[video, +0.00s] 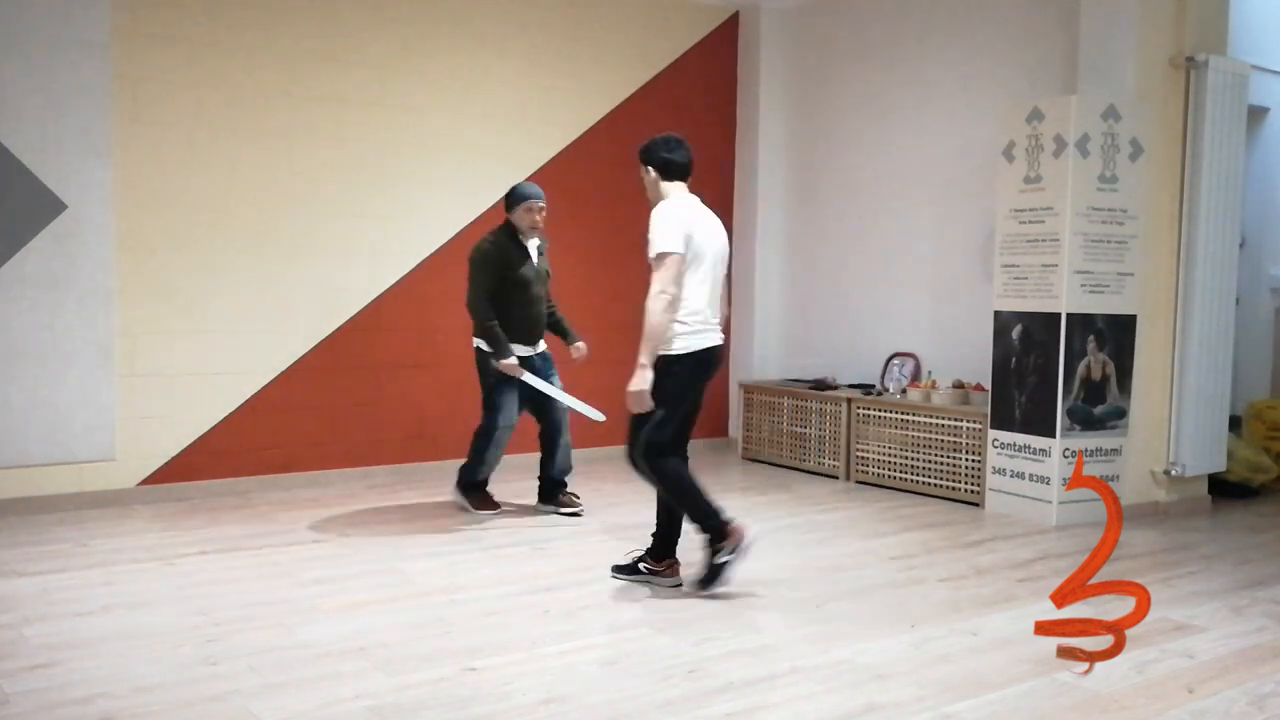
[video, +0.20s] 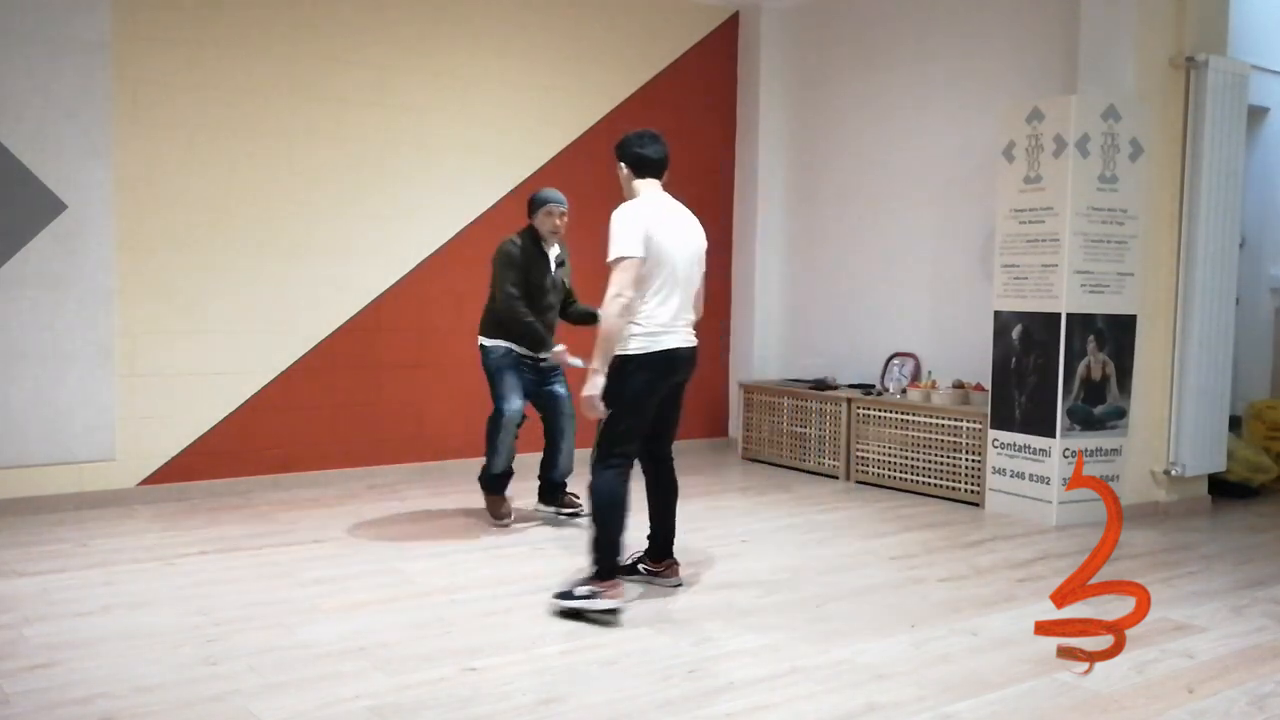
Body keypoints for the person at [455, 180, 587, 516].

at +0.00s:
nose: (539, 217)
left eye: (542, 210)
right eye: (531, 210)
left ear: (545, 213)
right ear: (512, 213)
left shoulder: (538, 248)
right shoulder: (489, 250)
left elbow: (542, 303)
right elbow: (477, 304)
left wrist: (569, 336)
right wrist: (502, 352)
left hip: (536, 352)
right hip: (499, 353)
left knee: (556, 416)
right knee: (501, 421)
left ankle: (553, 489)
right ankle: (472, 483)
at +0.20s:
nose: (558, 221)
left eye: (562, 215)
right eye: (550, 214)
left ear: (567, 219)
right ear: (533, 218)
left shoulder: (559, 256)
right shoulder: (512, 250)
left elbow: (568, 308)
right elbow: (508, 304)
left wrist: (604, 317)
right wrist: (547, 346)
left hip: (540, 352)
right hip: (504, 346)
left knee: (562, 410)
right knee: (511, 410)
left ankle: (553, 490)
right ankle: (494, 486)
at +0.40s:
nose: (558, 228)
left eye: (563, 222)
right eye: (551, 221)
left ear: (568, 225)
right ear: (535, 224)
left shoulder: (567, 262)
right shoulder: (518, 256)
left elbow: (580, 306)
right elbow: (552, 291)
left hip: (544, 363)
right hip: (504, 357)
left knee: (565, 422)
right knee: (498, 429)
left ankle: (551, 495)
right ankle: (485, 510)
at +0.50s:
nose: (546, 229)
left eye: (551, 223)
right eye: (539, 223)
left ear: (558, 227)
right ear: (523, 226)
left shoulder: (560, 263)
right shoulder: (508, 260)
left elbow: (574, 309)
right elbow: (531, 283)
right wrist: (568, 280)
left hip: (547, 364)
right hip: (505, 363)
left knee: (560, 432)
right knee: (503, 439)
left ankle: (550, 491)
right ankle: (496, 524)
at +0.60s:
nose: (531, 228)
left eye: (536, 221)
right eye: (523, 222)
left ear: (544, 224)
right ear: (508, 228)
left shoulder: (556, 259)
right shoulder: (497, 261)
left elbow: (574, 301)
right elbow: (483, 285)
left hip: (548, 366)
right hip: (505, 365)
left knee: (570, 432)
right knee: (508, 442)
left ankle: (552, 491)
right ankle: (499, 530)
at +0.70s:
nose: (520, 221)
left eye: (526, 213)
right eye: (511, 215)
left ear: (534, 218)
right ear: (496, 223)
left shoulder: (553, 255)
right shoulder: (485, 264)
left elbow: (579, 296)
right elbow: (460, 291)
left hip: (554, 362)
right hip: (508, 364)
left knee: (568, 430)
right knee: (505, 441)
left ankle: (552, 487)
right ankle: (499, 530)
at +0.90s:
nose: (511, 205)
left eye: (517, 197)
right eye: (502, 199)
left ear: (527, 202)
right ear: (487, 207)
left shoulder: (553, 246)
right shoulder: (478, 259)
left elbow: (579, 302)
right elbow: (447, 311)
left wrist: (553, 330)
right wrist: (389, 299)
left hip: (551, 370)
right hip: (500, 369)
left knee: (557, 450)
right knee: (494, 443)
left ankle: (567, 517)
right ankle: (500, 534)